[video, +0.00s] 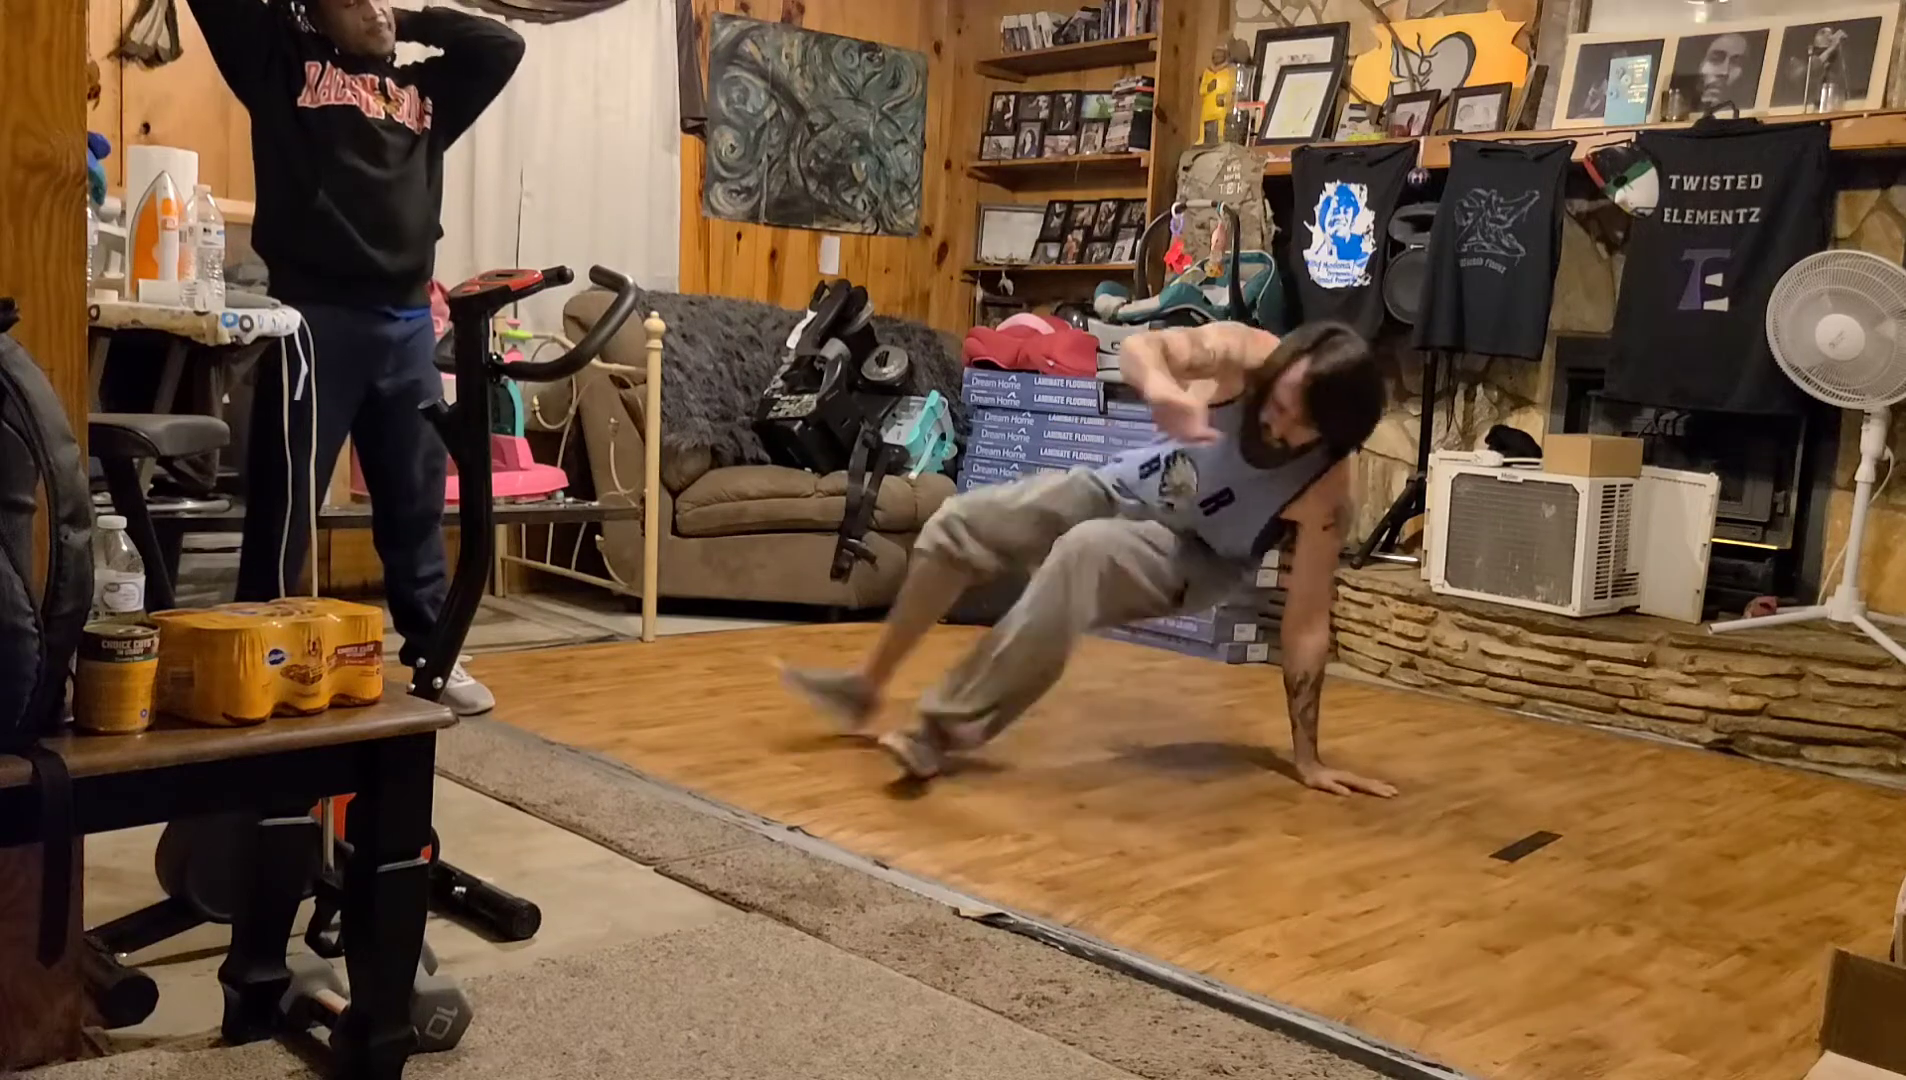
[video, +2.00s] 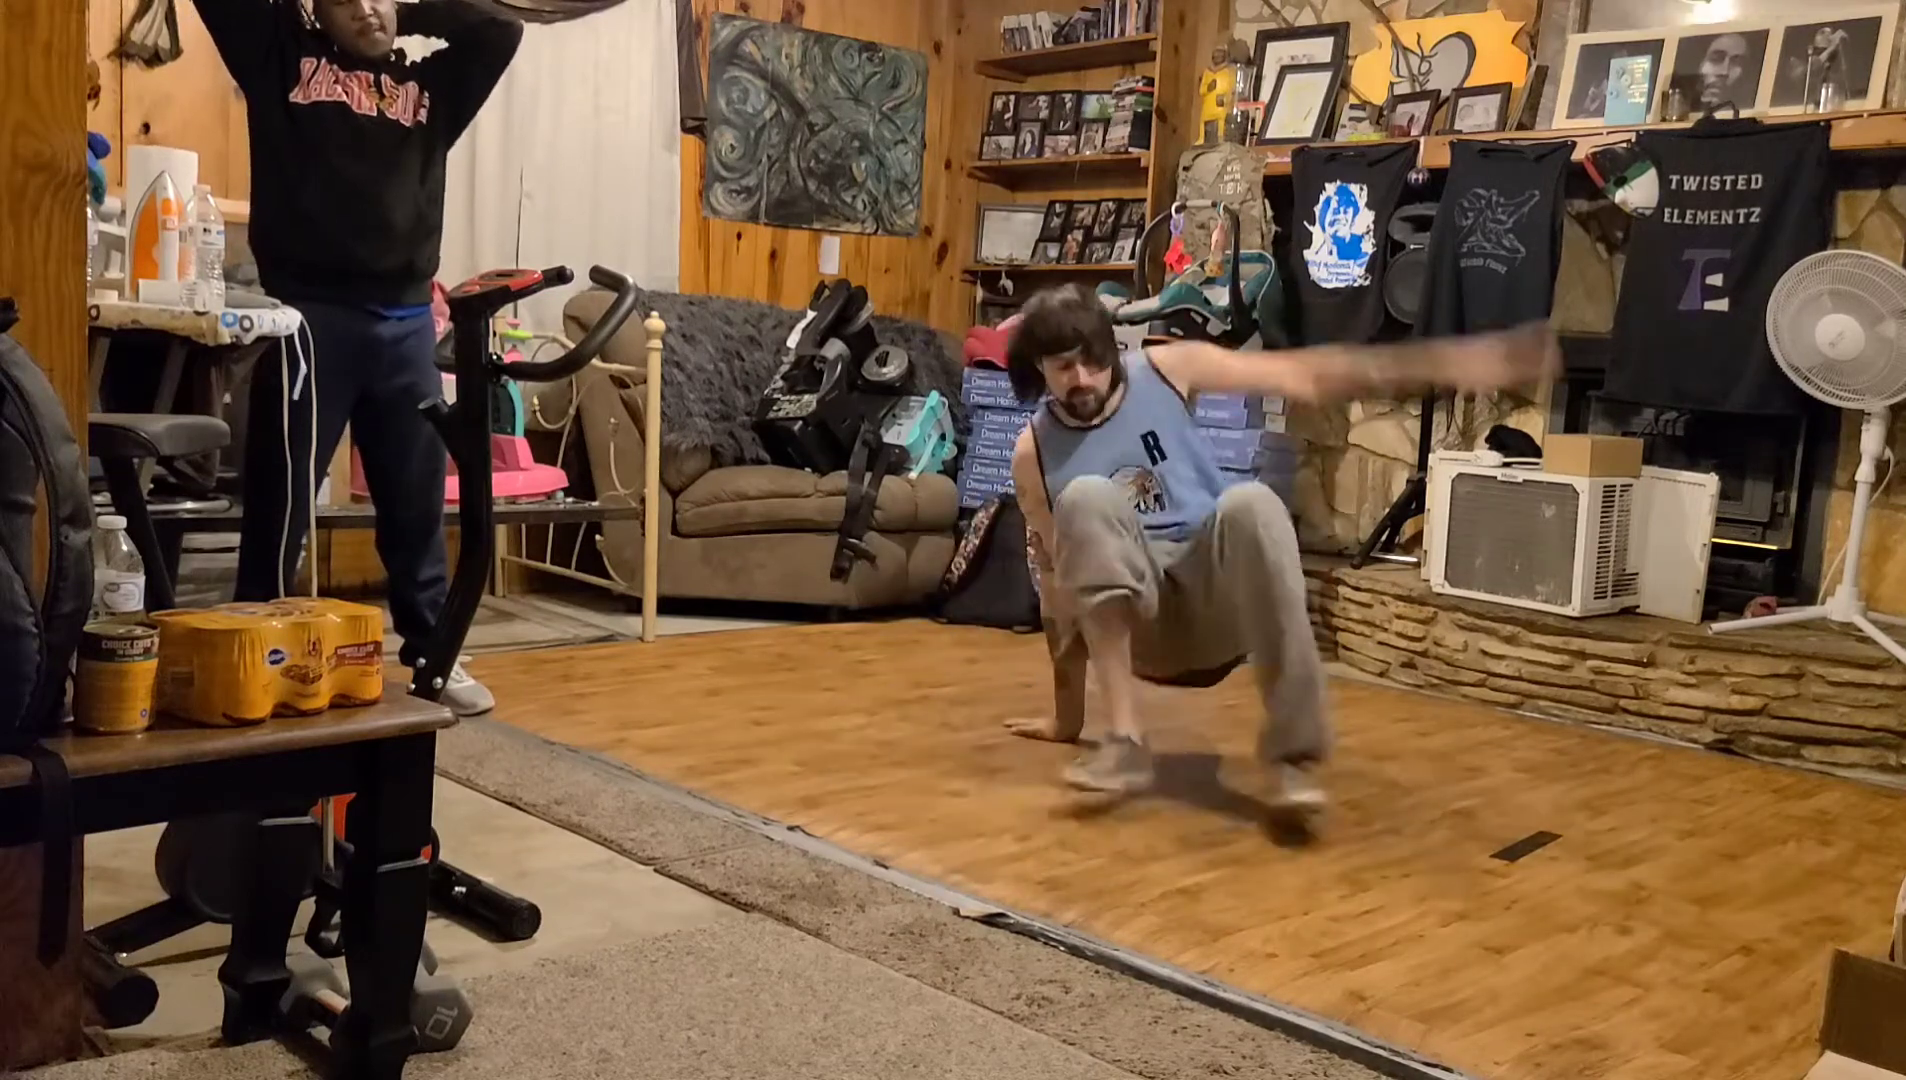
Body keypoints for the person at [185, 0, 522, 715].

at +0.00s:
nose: (381, 9)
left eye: (381, 1)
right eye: (356, 0)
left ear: (386, 16)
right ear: (315, 15)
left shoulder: (422, 93)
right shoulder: (280, 61)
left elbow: (502, 46)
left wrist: (415, 23)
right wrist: (281, 10)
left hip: (406, 325)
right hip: (313, 321)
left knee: (415, 503)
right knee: (285, 505)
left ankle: (432, 659)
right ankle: (256, 664)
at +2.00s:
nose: (374, 9)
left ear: (396, 9)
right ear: (316, 10)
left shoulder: (432, 86)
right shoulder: (277, 56)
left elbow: (502, 30)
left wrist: (416, 12)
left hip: (405, 325)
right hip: (307, 321)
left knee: (417, 505)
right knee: (282, 503)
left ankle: (432, 658)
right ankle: (253, 664)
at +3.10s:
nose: (366, 3)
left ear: (382, 8)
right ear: (306, 8)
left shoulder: (415, 85)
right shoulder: (271, 57)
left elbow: (491, 144)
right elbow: (197, 1)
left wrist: (414, 56)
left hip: (404, 323)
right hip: (307, 318)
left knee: (416, 503)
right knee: (280, 503)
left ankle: (431, 658)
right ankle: (256, 662)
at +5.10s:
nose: (376, 5)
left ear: (386, 8)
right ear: (310, 7)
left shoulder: (420, 86)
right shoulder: (270, 54)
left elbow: (474, 179)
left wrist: (434, 76)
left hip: (403, 324)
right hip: (305, 319)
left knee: (415, 500)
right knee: (280, 502)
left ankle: (432, 657)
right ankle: (257, 661)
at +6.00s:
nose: (452, 9)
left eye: (454, 1)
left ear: (443, 15)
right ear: (379, 3)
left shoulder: (462, 110)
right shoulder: (313, 78)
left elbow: (474, 227)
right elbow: (282, 182)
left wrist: (500, 159)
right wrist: (367, 139)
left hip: (423, 328)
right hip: (328, 325)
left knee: (428, 500)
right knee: (302, 496)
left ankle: (432, 657)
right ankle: (258, 656)